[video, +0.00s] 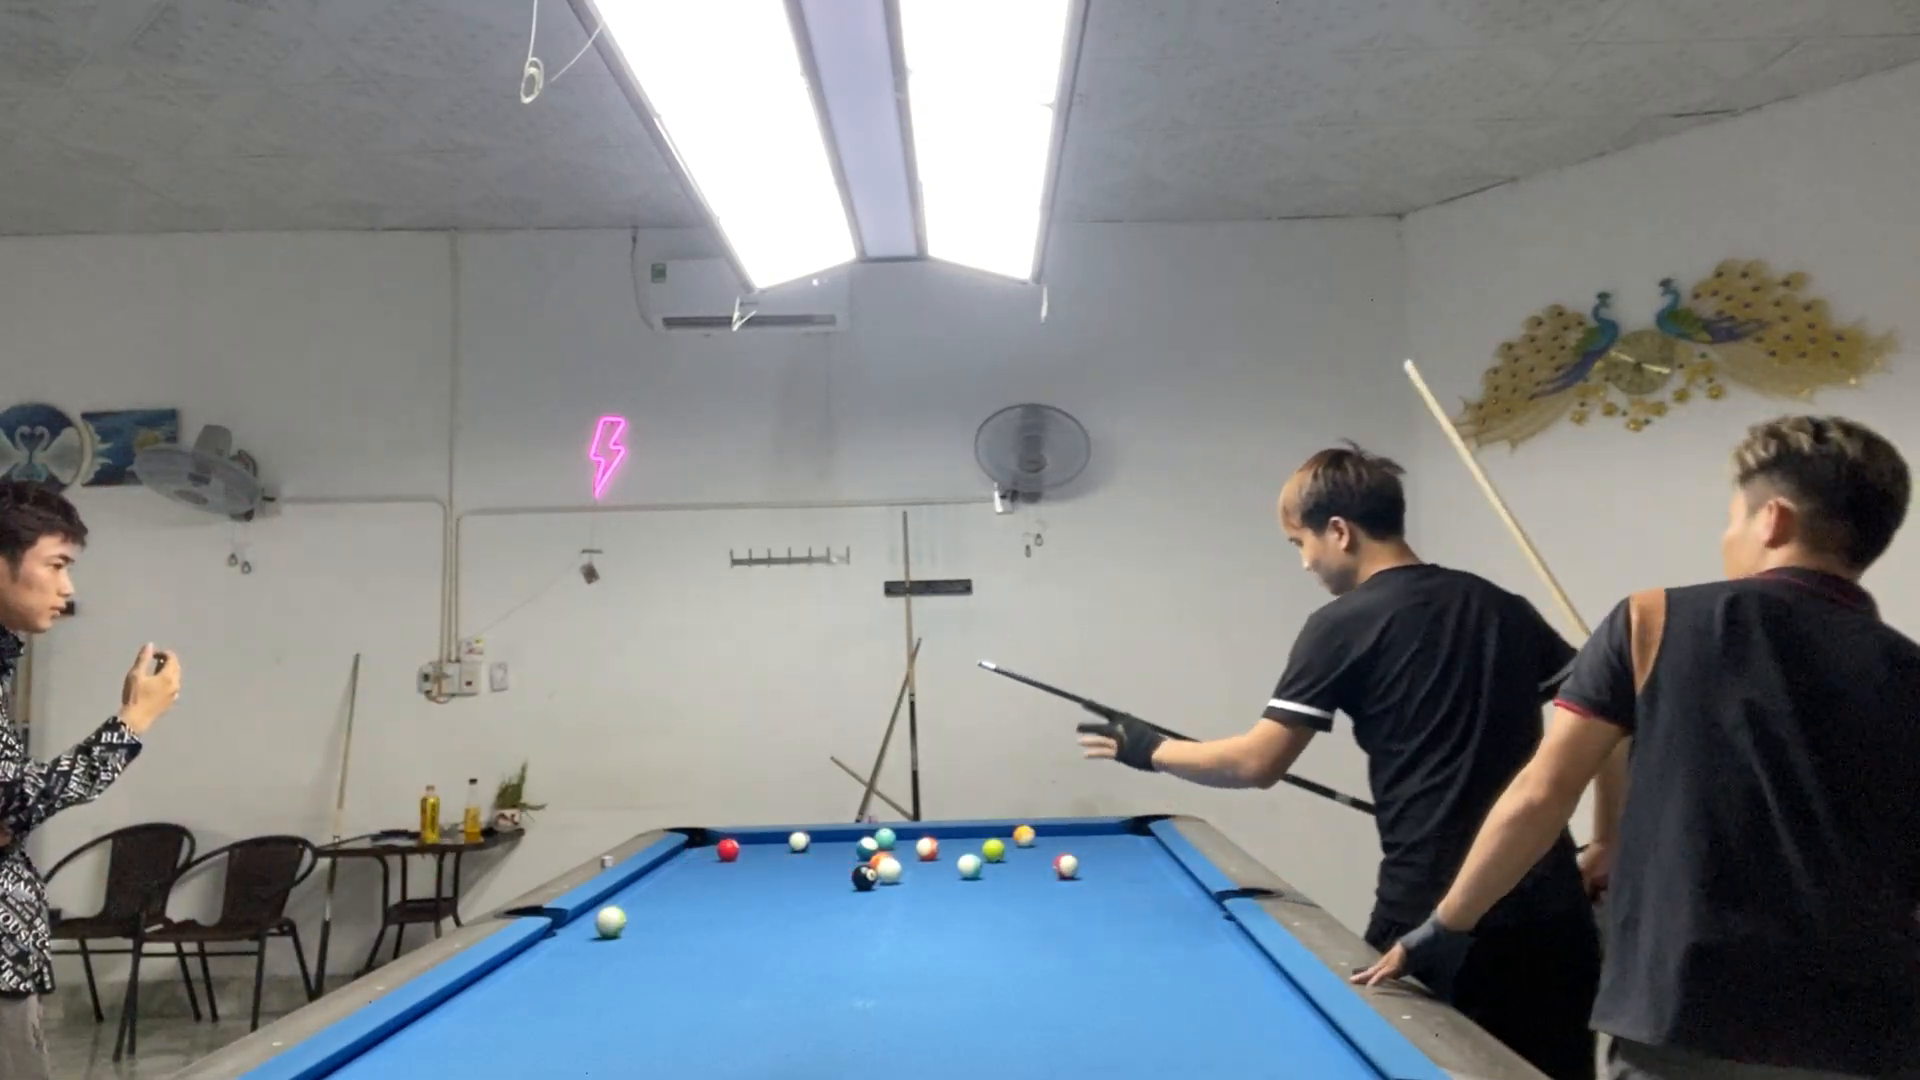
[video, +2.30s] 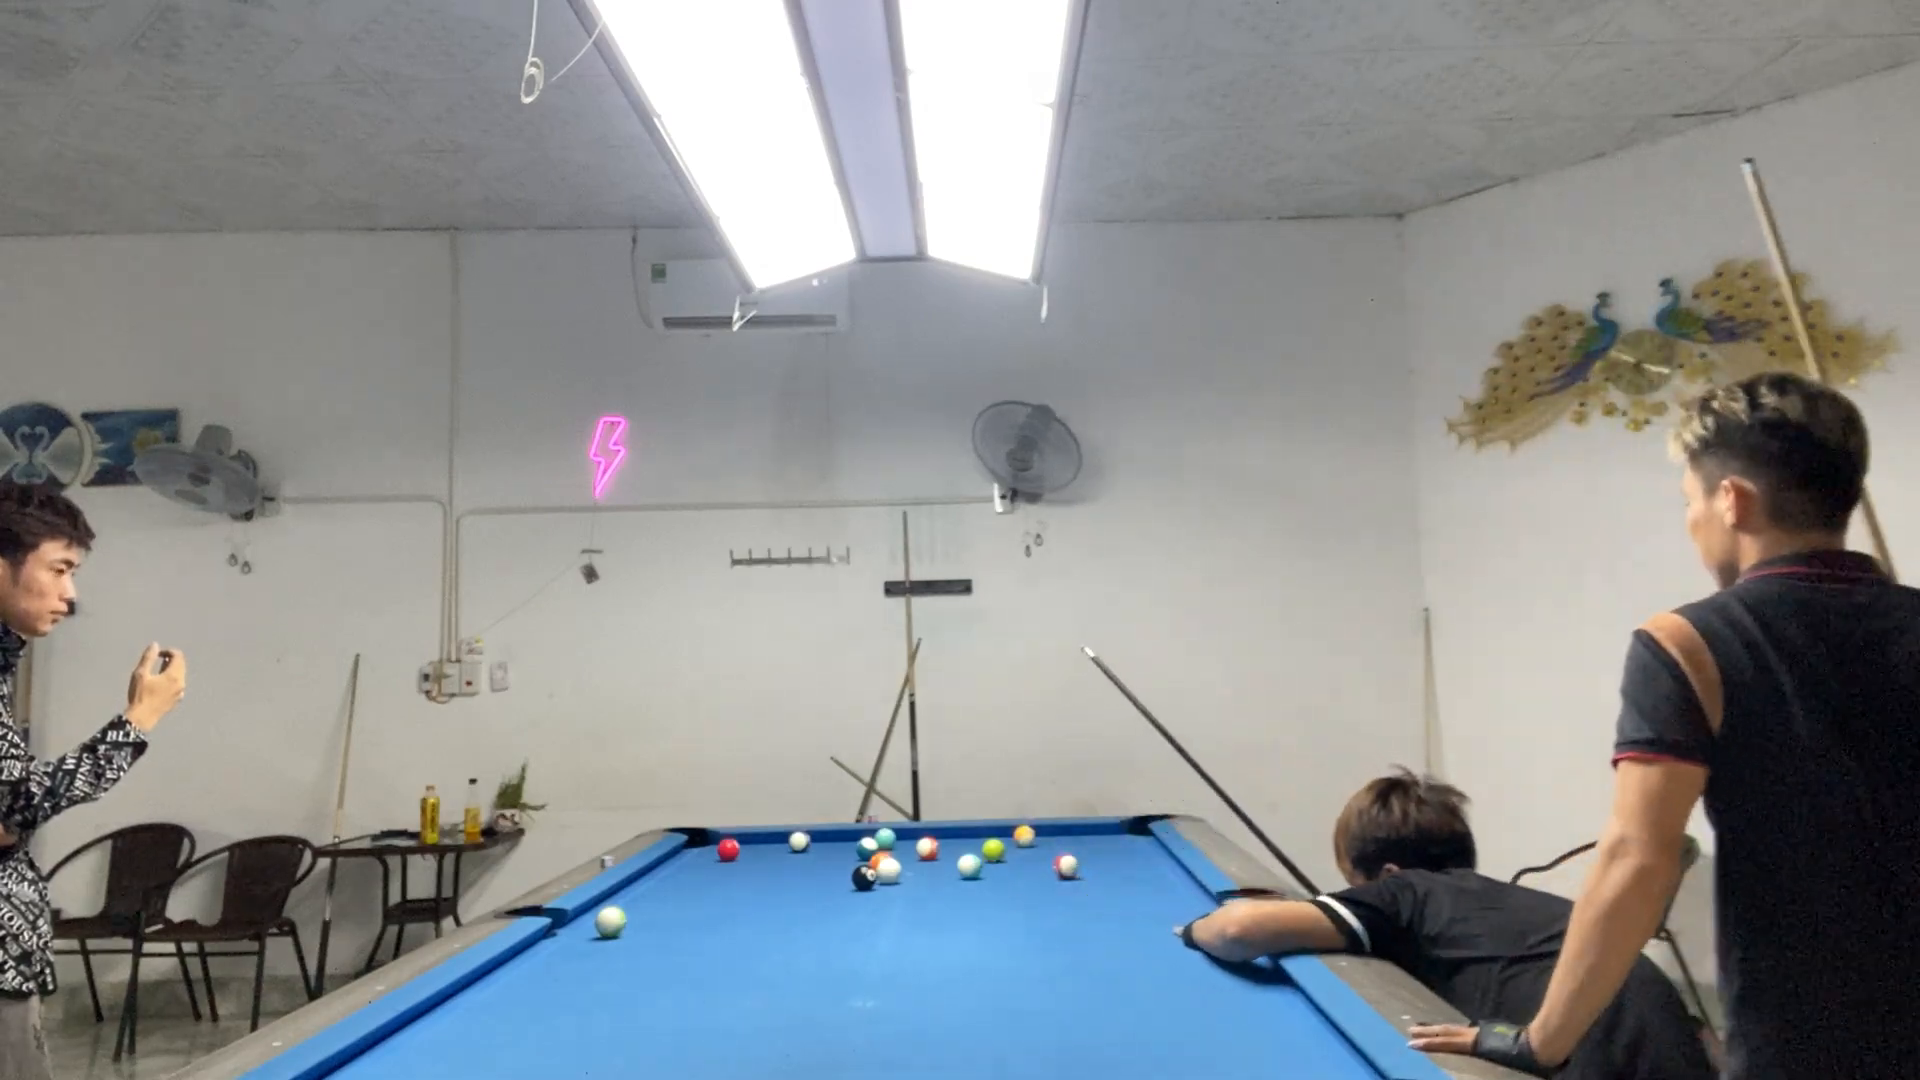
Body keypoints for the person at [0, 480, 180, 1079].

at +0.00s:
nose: (69, 590)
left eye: (69, 569)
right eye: (57, 565)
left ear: (17, 566)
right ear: (5, 565)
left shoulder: (6, 665)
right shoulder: (4, 668)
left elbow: (18, 798)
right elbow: (15, 802)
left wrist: (128, 724)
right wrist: (132, 724)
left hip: (17, 975)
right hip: (9, 977)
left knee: (29, 1069)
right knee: (26, 1070)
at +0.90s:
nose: (69, 587)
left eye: (71, 569)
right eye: (56, 565)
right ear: (5, 566)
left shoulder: (9, 667)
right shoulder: (5, 669)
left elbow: (23, 795)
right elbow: (22, 799)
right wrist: (137, 721)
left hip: (20, 974)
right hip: (11, 977)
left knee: (29, 1069)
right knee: (26, 1071)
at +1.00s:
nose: (70, 588)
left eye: (71, 569)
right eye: (56, 565)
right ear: (6, 567)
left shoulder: (9, 667)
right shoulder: (5, 670)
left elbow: (25, 795)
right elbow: (25, 799)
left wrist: (14, 824)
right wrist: (139, 720)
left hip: (20, 972)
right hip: (11, 974)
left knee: (30, 1069)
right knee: (26, 1070)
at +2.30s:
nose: (71, 595)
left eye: (72, 574)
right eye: (59, 569)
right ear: (5, 566)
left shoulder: (3, 673)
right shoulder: (0, 674)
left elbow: (21, 792)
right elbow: (20, 800)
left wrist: (13, 825)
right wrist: (137, 722)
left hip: (17, 975)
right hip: (8, 978)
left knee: (29, 1069)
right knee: (26, 1070)